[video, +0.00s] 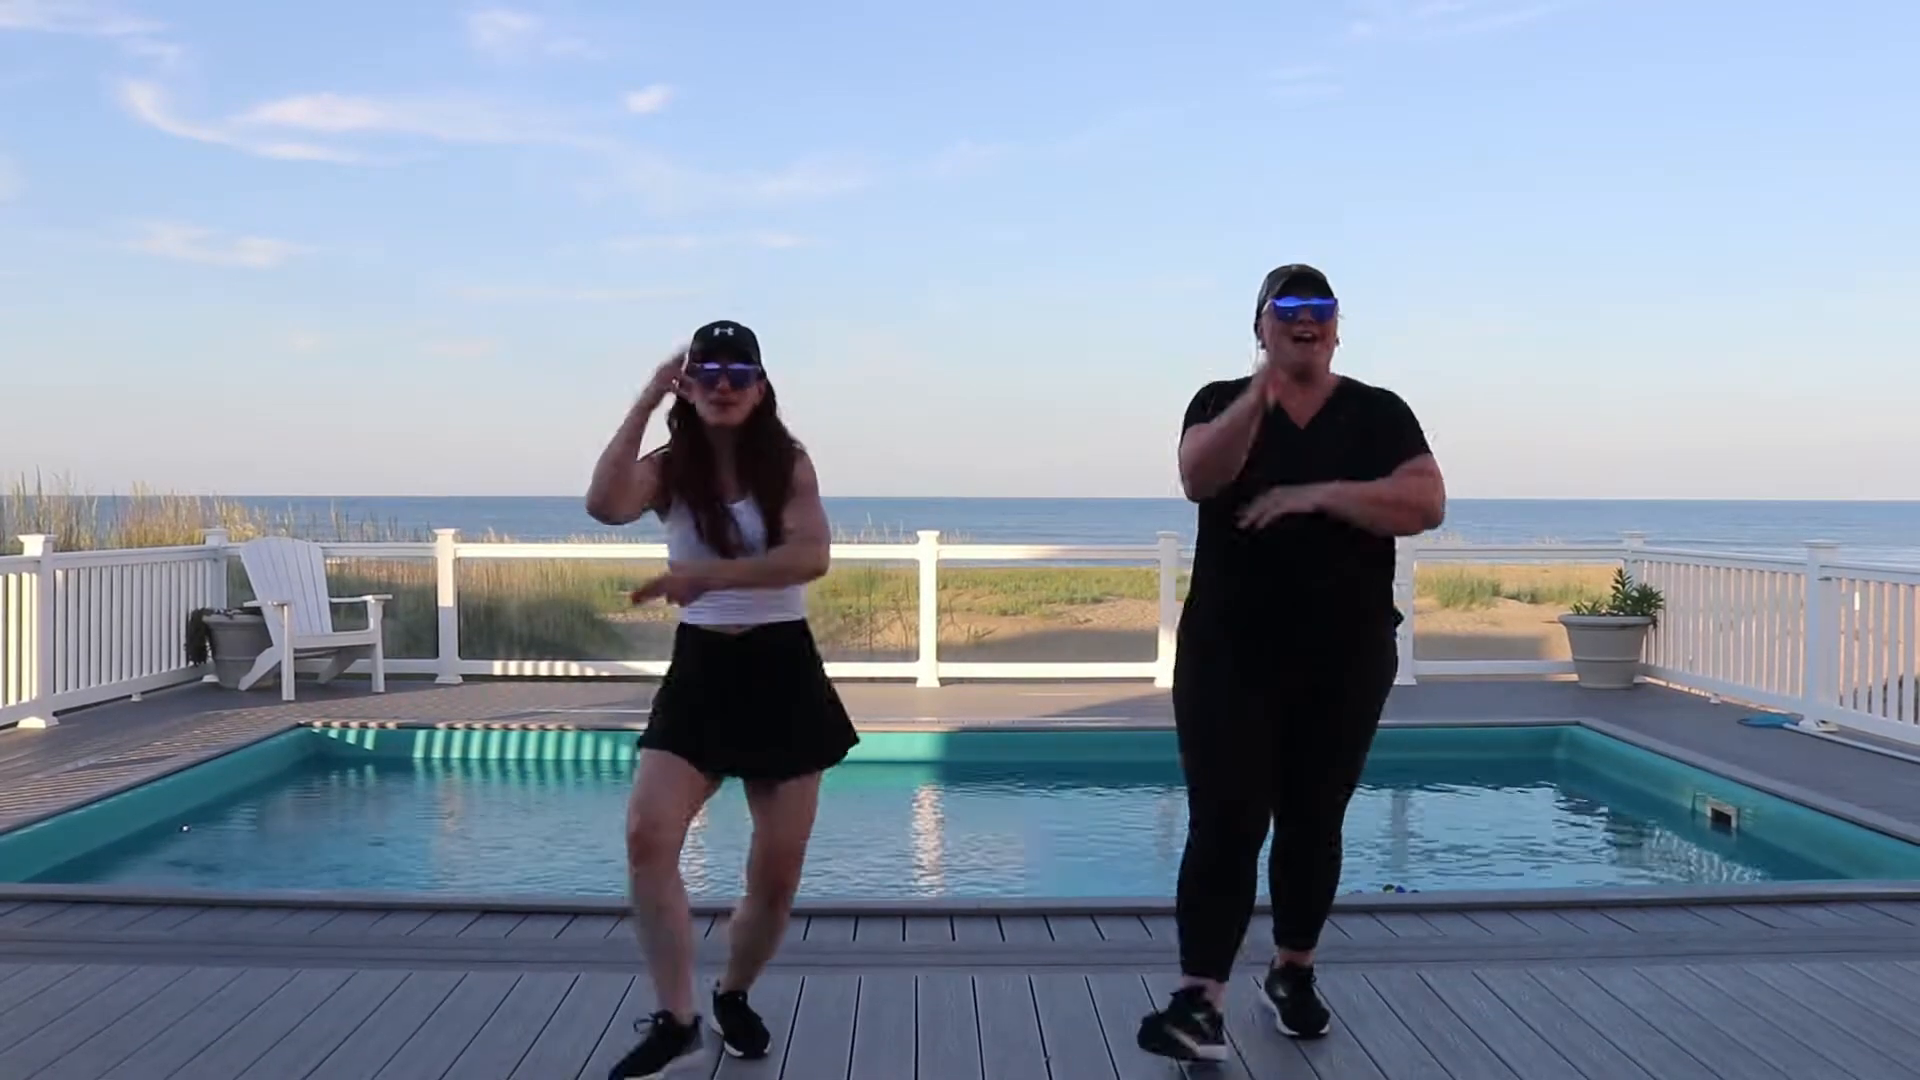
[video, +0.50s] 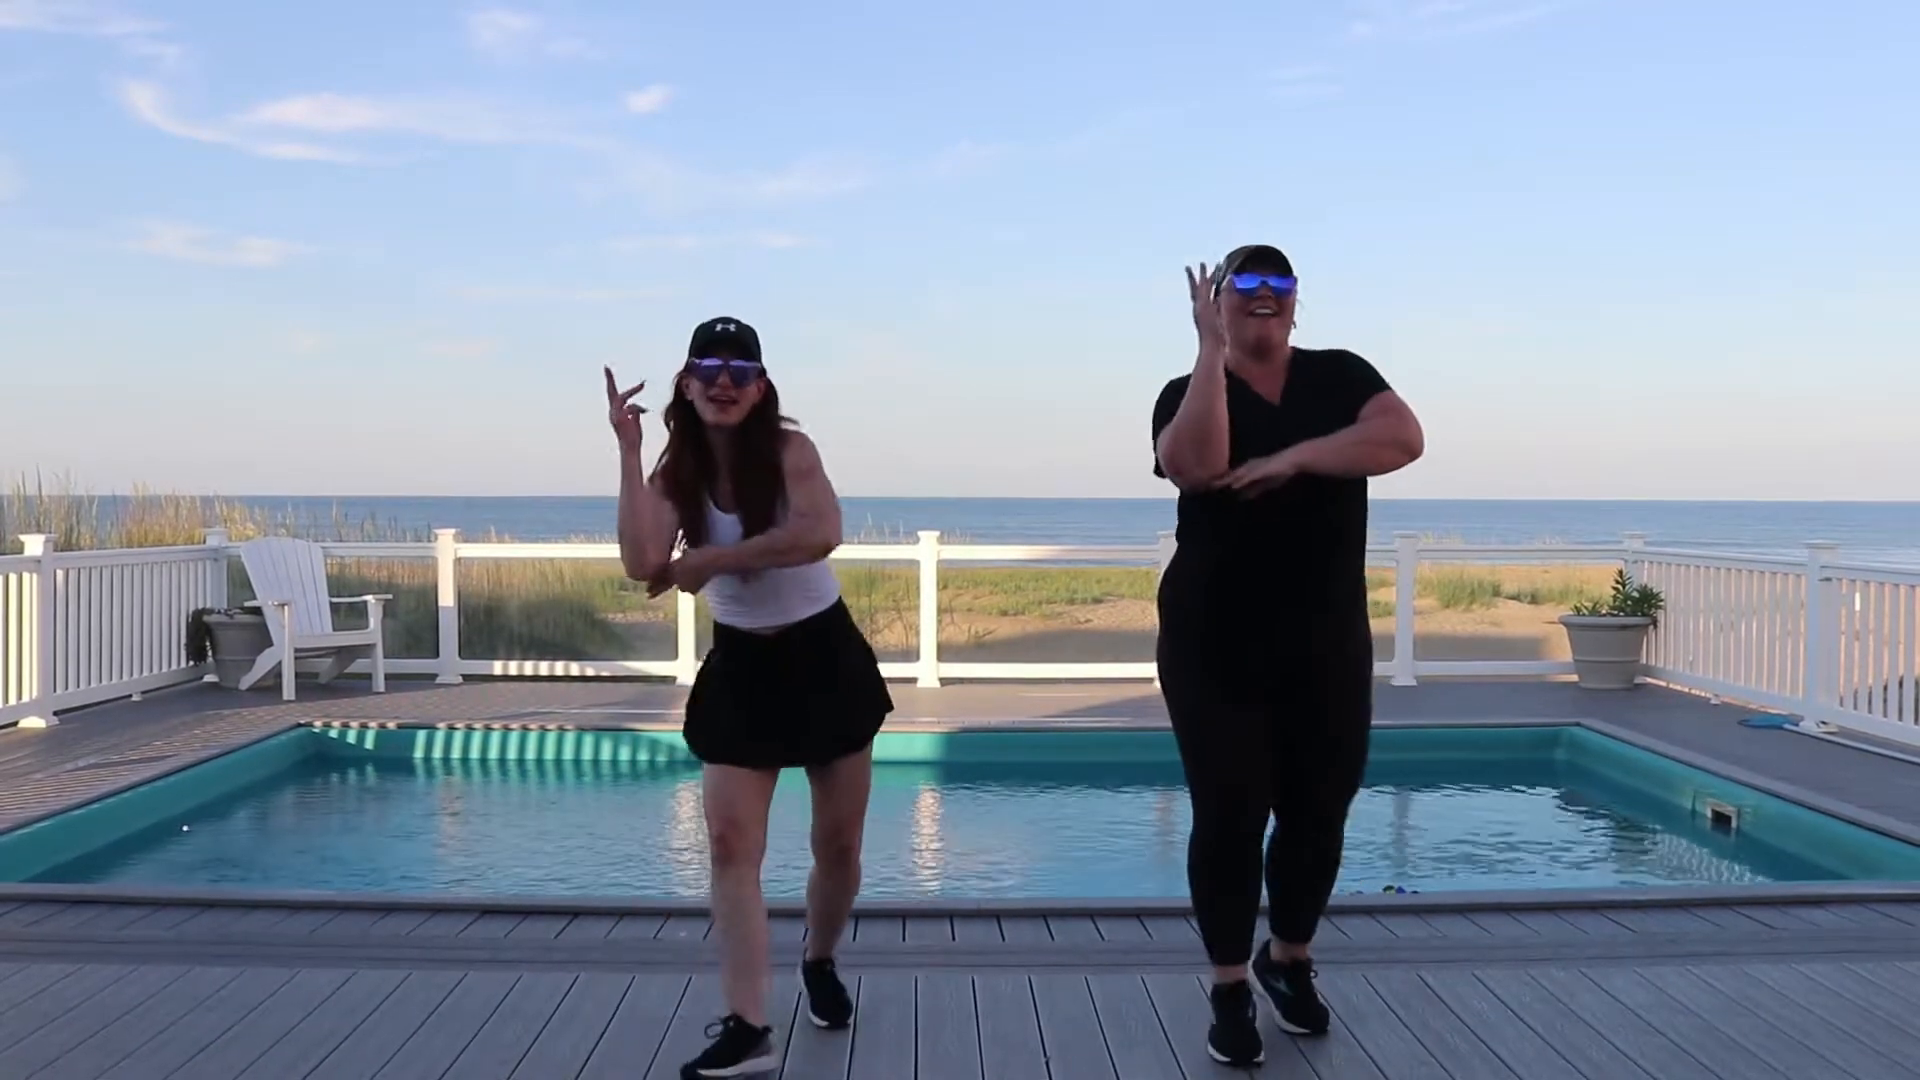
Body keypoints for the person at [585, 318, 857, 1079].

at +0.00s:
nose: (725, 386)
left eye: (740, 375)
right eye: (710, 375)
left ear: (762, 385)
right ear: (687, 386)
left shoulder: (786, 460)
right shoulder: (672, 464)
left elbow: (813, 556)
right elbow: (607, 502)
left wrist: (705, 574)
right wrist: (646, 402)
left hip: (785, 671)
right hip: (702, 670)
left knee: (778, 876)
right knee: (647, 836)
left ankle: (733, 998)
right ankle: (678, 1018)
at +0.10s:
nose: (717, 373)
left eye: (733, 360)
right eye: (702, 360)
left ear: (757, 370)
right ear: (681, 371)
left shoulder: (778, 432)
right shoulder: (672, 442)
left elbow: (810, 518)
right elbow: (620, 509)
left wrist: (708, 542)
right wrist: (622, 405)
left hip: (796, 655)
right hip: (712, 656)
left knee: (784, 856)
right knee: (694, 838)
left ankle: (736, 994)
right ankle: (691, 1021)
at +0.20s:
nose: (713, 367)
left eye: (730, 356)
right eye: (699, 356)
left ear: (754, 367)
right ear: (678, 369)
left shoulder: (780, 431)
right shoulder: (669, 447)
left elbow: (812, 521)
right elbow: (633, 532)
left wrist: (701, 544)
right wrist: (623, 417)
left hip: (806, 651)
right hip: (721, 655)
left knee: (803, 862)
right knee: (709, 845)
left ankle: (748, 977)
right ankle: (736, 1031)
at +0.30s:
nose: (716, 391)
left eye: (732, 379)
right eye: (701, 378)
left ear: (756, 390)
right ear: (679, 391)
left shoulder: (789, 465)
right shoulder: (671, 474)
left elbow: (826, 557)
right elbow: (651, 570)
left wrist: (720, 574)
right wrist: (630, 457)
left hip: (810, 670)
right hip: (724, 677)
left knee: (838, 867)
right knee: (714, 857)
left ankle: (782, 949)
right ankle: (748, 1045)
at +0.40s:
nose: (719, 394)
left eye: (735, 381)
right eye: (704, 381)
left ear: (759, 391)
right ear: (682, 393)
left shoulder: (794, 464)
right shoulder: (674, 479)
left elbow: (829, 558)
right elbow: (656, 575)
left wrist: (718, 582)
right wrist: (636, 465)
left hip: (818, 672)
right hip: (732, 676)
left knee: (831, 862)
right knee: (724, 855)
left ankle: (817, 959)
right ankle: (746, 1041)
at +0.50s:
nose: (722, 384)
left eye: (738, 372)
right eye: (708, 372)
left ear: (761, 383)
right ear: (686, 384)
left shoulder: (789, 447)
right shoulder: (680, 469)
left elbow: (822, 531)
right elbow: (643, 561)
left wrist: (717, 560)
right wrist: (632, 454)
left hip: (825, 655)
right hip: (739, 663)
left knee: (839, 845)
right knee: (729, 838)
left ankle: (820, 959)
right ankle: (748, 1024)